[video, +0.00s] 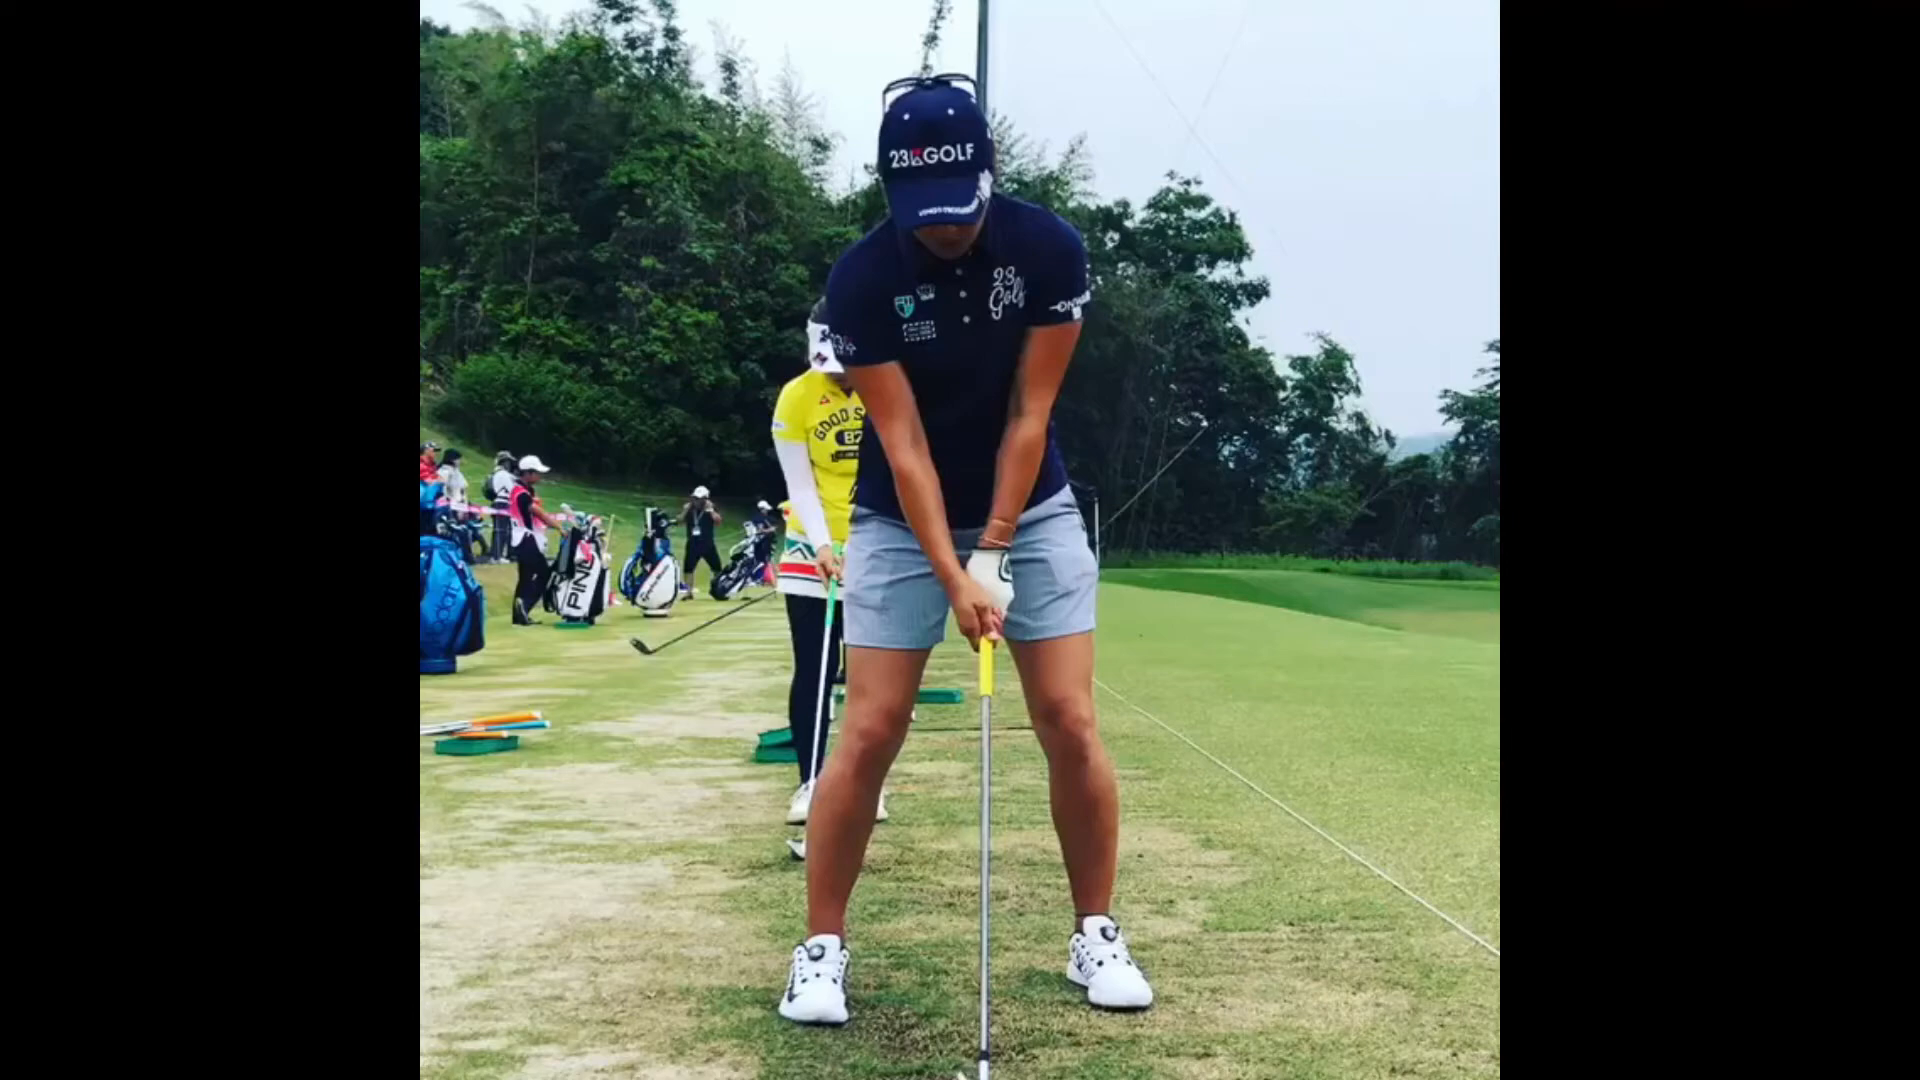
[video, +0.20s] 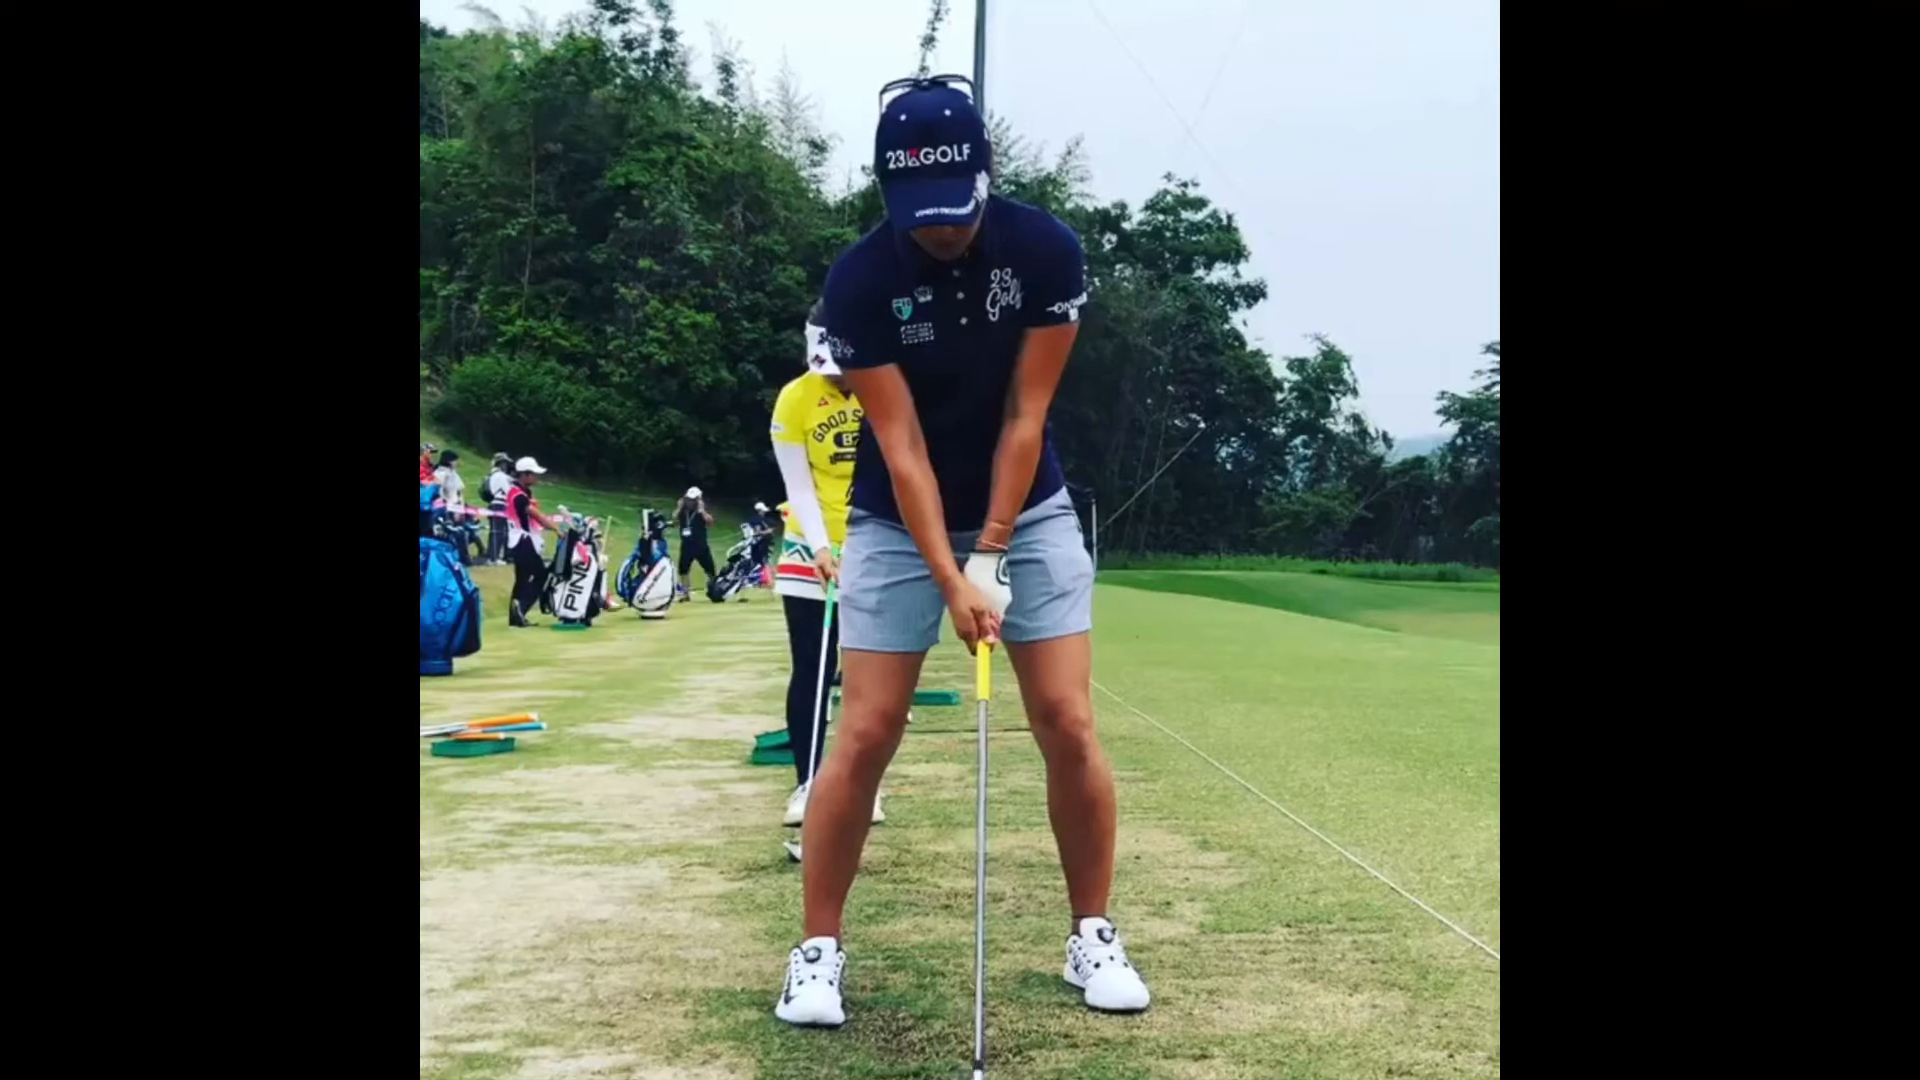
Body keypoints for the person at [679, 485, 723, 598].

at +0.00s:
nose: (698, 501)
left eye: (701, 499)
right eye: (696, 498)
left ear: (705, 499)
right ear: (693, 498)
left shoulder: (709, 509)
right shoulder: (689, 508)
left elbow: (718, 520)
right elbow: (680, 520)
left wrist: (711, 512)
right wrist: (686, 510)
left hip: (707, 543)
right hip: (692, 543)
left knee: (716, 568)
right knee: (688, 569)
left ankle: (718, 589)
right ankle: (688, 592)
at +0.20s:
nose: (690, 502)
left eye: (693, 500)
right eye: (688, 499)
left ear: (698, 501)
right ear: (685, 499)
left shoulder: (700, 512)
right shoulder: (682, 512)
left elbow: (710, 521)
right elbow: (675, 521)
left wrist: (702, 512)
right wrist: (680, 507)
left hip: (700, 544)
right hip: (686, 545)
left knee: (710, 569)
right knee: (683, 570)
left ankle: (715, 590)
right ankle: (685, 594)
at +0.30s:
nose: (683, 502)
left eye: (686, 499)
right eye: (682, 499)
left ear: (691, 500)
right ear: (679, 499)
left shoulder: (695, 511)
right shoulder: (677, 511)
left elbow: (702, 521)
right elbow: (669, 518)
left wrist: (693, 510)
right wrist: (674, 505)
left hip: (693, 543)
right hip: (680, 543)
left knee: (699, 568)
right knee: (679, 570)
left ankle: (701, 592)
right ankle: (682, 594)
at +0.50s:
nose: (671, 502)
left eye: (674, 499)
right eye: (669, 499)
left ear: (679, 501)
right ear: (666, 500)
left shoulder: (682, 514)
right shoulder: (665, 513)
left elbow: (689, 521)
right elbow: (655, 519)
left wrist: (683, 513)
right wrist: (661, 508)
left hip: (681, 542)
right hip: (669, 542)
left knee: (678, 569)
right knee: (669, 569)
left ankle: (677, 594)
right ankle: (672, 592)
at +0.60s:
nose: (670, 503)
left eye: (672, 500)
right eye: (667, 500)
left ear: (676, 500)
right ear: (663, 501)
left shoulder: (678, 511)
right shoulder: (661, 512)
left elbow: (686, 522)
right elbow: (651, 518)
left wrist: (679, 511)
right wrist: (659, 505)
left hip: (677, 541)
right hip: (664, 541)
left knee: (674, 569)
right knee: (664, 569)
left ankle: (672, 594)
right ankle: (665, 593)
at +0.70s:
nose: (668, 503)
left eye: (670, 500)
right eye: (665, 500)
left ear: (674, 500)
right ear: (661, 500)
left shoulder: (675, 512)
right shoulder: (658, 510)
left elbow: (681, 521)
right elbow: (648, 518)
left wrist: (677, 508)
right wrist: (655, 506)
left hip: (672, 541)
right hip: (660, 541)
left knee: (669, 569)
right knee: (660, 567)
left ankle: (666, 593)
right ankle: (660, 591)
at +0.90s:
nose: (669, 500)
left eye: (670, 497)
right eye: (667, 497)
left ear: (671, 499)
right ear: (660, 498)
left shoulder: (671, 511)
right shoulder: (653, 509)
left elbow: (678, 522)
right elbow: (638, 517)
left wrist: (674, 507)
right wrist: (649, 504)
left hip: (666, 541)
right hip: (652, 540)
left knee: (664, 569)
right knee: (652, 564)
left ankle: (660, 592)